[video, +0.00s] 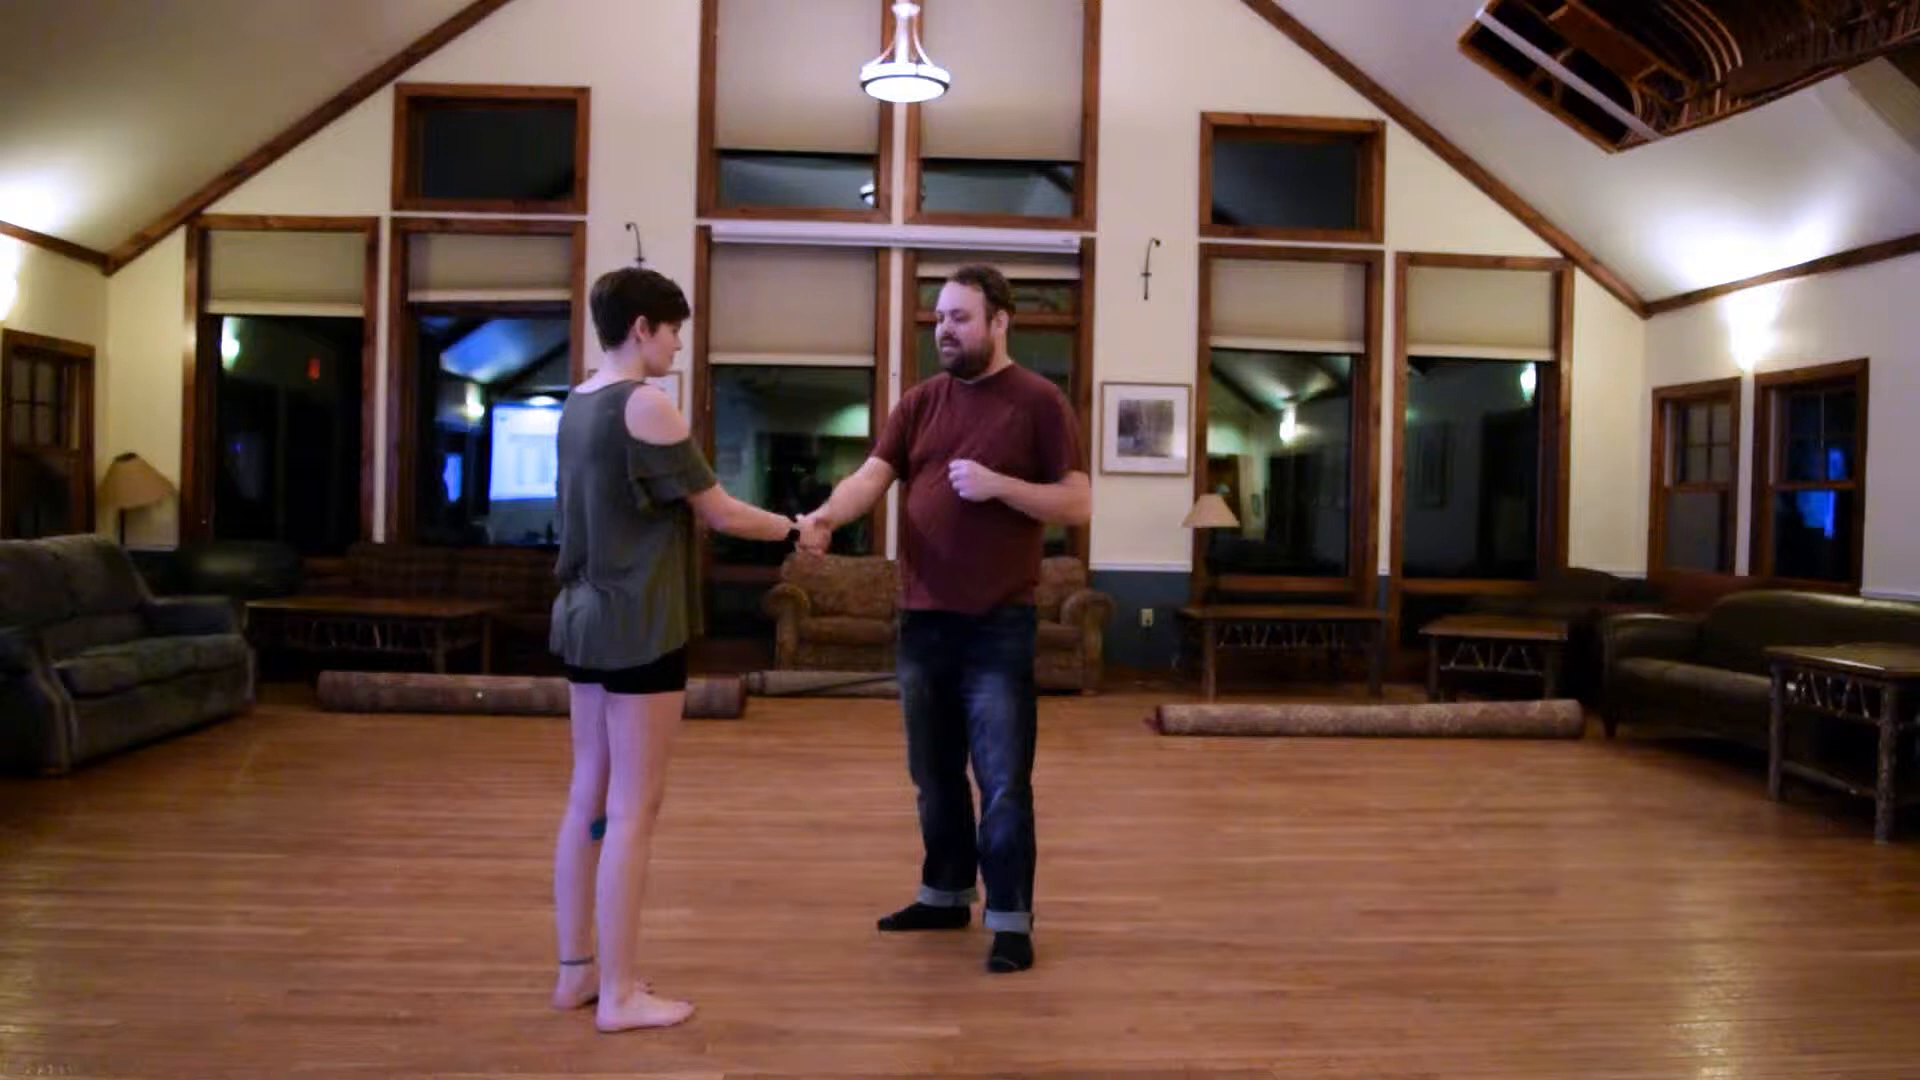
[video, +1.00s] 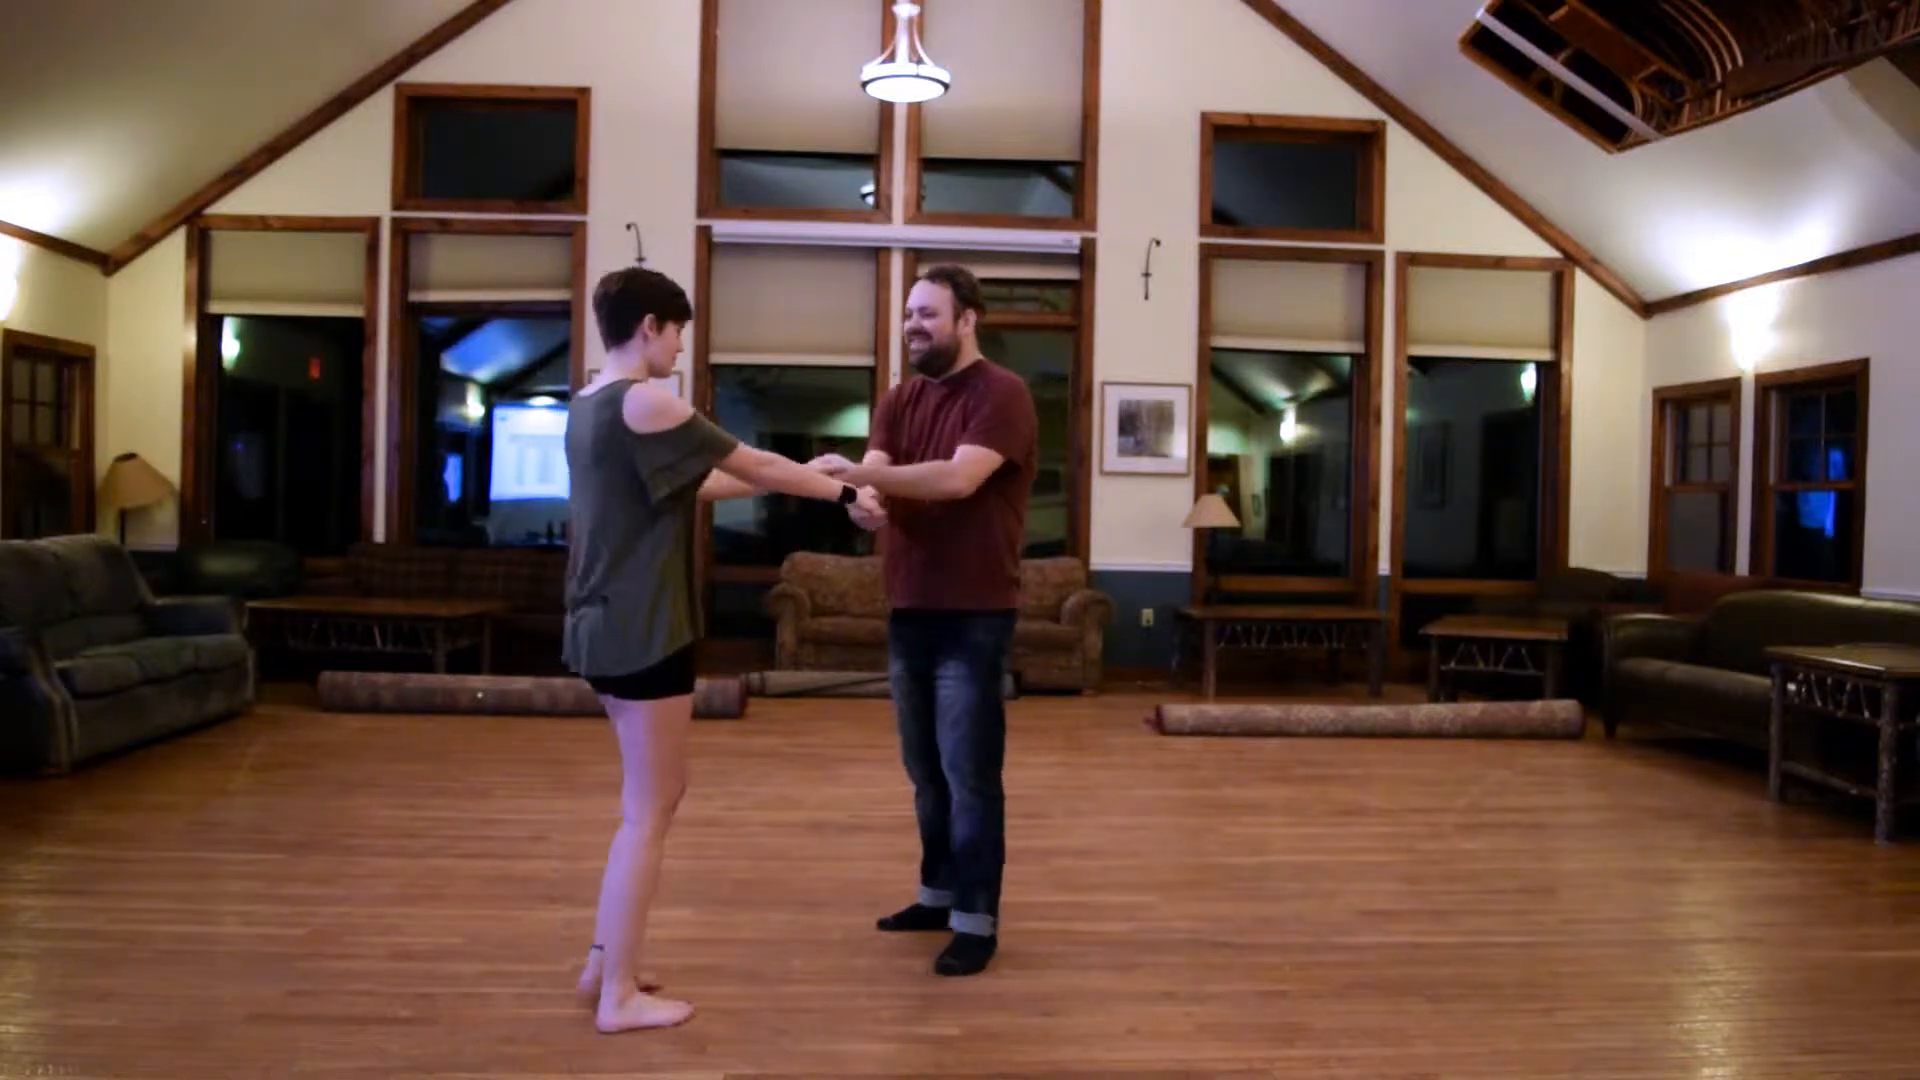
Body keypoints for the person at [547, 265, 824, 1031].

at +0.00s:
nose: (676, 347)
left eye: (677, 335)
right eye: (672, 335)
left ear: (615, 331)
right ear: (643, 331)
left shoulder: (580, 402)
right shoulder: (649, 403)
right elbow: (716, 510)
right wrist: (792, 527)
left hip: (584, 621)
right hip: (642, 630)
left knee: (586, 801)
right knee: (632, 811)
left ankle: (576, 970)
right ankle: (620, 993)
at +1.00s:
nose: (682, 345)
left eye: (682, 333)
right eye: (679, 332)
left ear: (620, 332)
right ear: (652, 330)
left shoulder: (594, 403)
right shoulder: (646, 401)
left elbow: (699, 482)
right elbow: (750, 466)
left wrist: (797, 472)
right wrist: (845, 485)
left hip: (608, 628)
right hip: (644, 633)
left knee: (662, 790)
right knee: (649, 808)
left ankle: (606, 957)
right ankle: (617, 997)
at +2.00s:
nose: (726, 350)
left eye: (738, 339)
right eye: (717, 341)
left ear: (767, 345)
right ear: (708, 351)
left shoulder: (795, 417)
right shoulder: (698, 404)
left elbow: (795, 477)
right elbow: (639, 317)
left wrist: (796, 388)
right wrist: (696, 250)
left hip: (772, 611)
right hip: (699, 603)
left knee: (751, 782)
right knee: (717, 777)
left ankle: (796, 897)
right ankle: (748, 929)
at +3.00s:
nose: (800, 317)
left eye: (811, 305)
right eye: (804, 306)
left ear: (837, 317)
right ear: (844, 324)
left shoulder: (833, 383)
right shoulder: (803, 392)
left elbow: (792, 261)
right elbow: (730, 334)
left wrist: (800, 242)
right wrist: (781, 267)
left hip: (817, 595)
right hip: (809, 593)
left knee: (784, 783)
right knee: (810, 777)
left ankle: (852, 945)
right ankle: (827, 937)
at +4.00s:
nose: (862, 336)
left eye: (862, 323)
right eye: (858, 326)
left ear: (789, 334)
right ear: (841, 333)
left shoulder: (777, 404)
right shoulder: (832, 405)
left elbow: (859, 429)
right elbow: (938, 448)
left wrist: (879, 351)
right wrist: (903, 367)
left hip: (795, 612)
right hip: (828, 619)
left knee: (817, 803)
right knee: (823, 806)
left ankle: (787, 975)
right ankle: (782, 985)